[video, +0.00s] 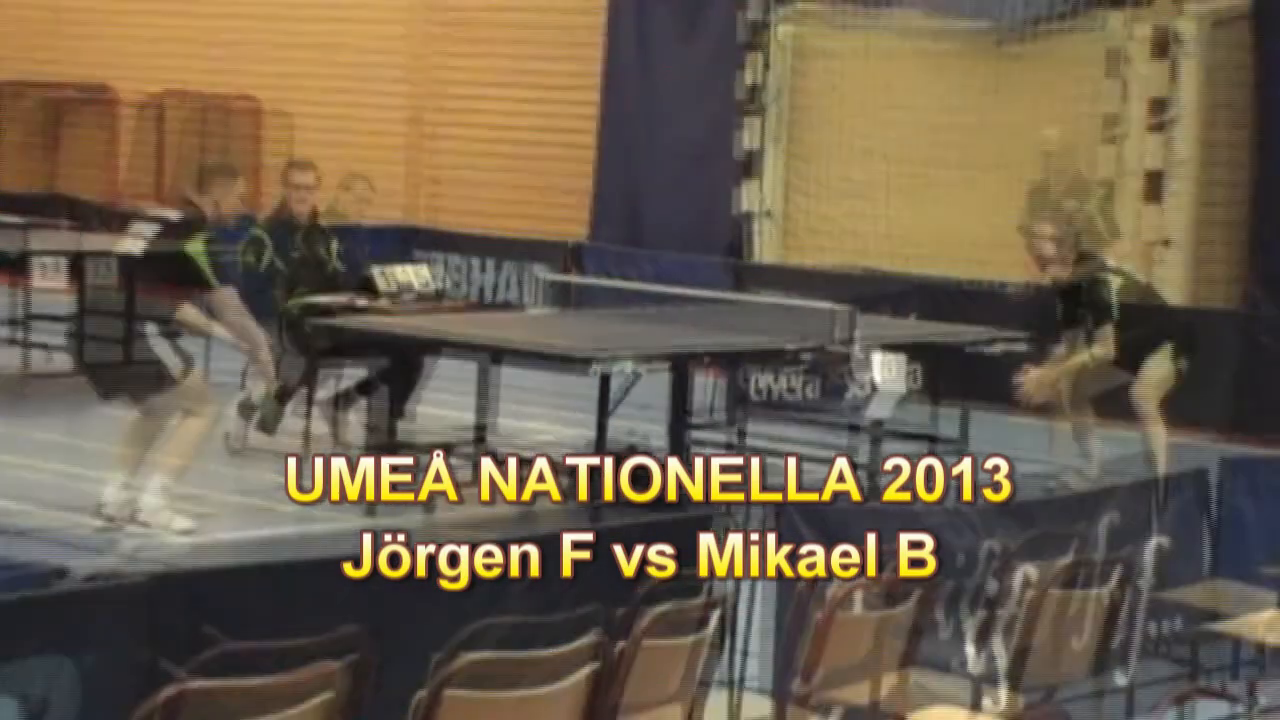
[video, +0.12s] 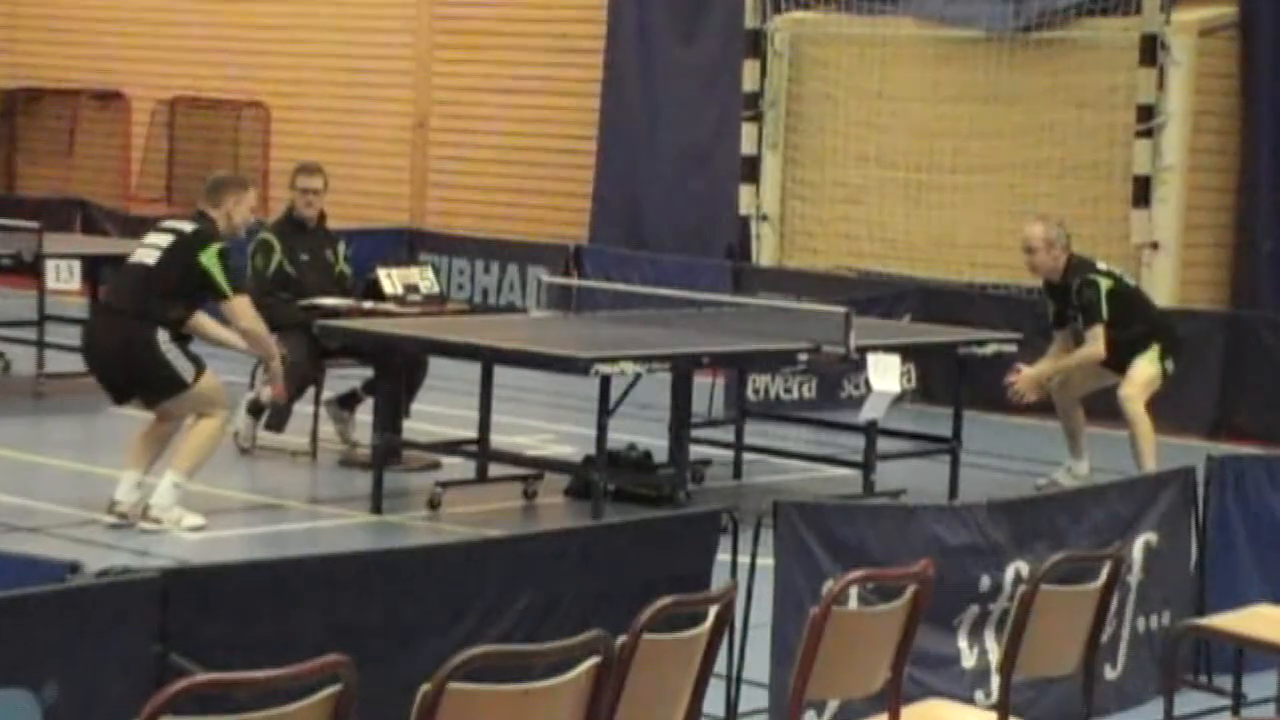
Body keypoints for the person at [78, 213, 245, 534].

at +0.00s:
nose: (241, 202)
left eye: (241, 192)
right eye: (236, 191)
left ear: (195, 191)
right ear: (211, 191)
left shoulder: (144, 230)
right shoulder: (189, 235)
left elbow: (172, 304)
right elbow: (224, 301)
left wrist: (225, 335)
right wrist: (260, 349)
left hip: (96, 339)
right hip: (140, 340)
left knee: (159, 406)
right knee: (203, 405)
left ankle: (117, 496)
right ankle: (152, 501)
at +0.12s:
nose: (251, 219)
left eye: (252, 211)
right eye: (248, 210)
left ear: (210, 206)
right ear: (227, 206)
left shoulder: (167, 227)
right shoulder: (206, 243)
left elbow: (185, 315)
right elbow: (247, 322)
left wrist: (253, 349)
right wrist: (273, 357)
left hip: (99, 332)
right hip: (140, 337)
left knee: (171, 412)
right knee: (217, 408)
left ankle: (125, 497)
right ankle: (163, 504)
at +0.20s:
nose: (256, 221)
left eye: (257, 212)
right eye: (253, 211)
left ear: (218, 207)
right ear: (232, 207)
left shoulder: (174, 228)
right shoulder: (214, 245)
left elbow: (188, 315)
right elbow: (253, 322)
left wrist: (254, 346)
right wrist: (275, 358)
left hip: (105, 330)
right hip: (144, 337)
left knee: (176, 410)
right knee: (221, 407)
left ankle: (129, 495)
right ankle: (166, 501)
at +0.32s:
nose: (262, 222)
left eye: (262, 213)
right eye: (259, 212)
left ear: (224, 209)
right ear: (239, 210)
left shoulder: (181, 230)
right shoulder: (222, 248)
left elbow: (196, 314)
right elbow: (264, 324)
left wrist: (261, 345)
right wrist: (283, 360)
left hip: (112, 331)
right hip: (152, 338)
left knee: (182, 410)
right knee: (227, 406)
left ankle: (135, 494)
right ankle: (171, 500)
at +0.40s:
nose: (267, 218)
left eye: (268, 210)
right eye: (264, 209)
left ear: (230, 206)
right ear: (244, 208)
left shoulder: (186, 229)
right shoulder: (228, 245)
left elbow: (201, 308)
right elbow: (271, 319)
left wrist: (265, 337)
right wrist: (291, 354)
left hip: (119, 330)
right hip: (160, 336)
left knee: (186, 409)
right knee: (231, 405)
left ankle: (139, 493)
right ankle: (175, 499)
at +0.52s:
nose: (267, 210)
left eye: (268, 202)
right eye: (264, 201)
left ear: (227, 197)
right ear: (244, 199)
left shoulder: (186, 222)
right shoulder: (233, 234)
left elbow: (206, 295)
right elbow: (280, 301)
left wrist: (273, 310)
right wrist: (299, 338)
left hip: (123, 319)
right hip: (165, 325)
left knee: (187, 405)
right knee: (230, 403)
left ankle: (139, 491)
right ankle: (175, 497)